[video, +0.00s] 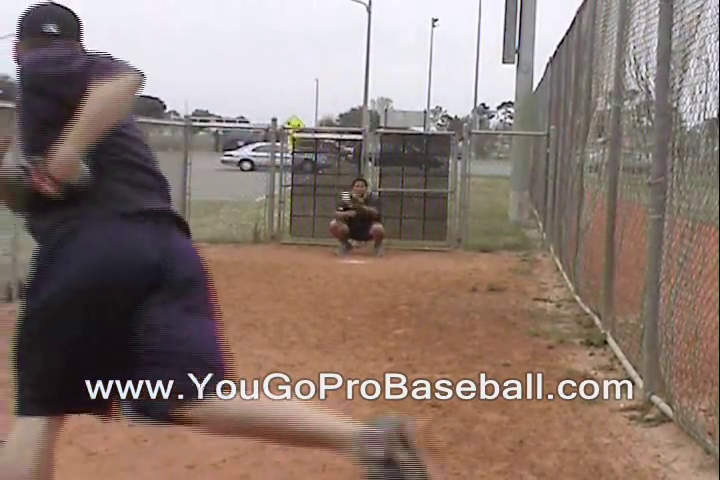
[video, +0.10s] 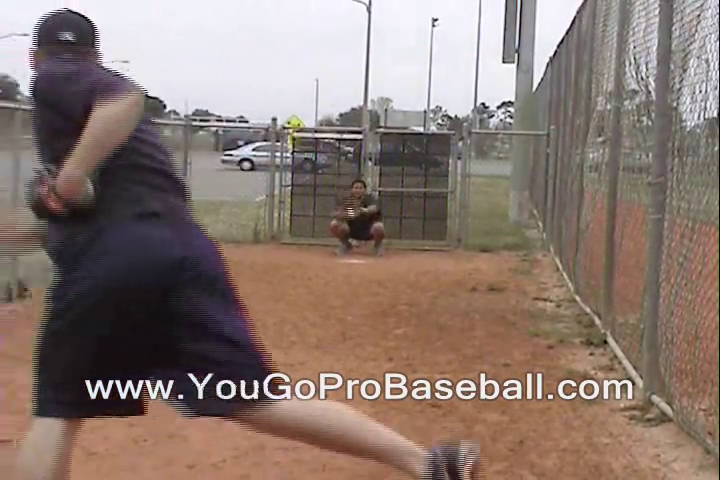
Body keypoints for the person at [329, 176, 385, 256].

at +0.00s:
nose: (359, 189)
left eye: (362, 187)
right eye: (357, 186)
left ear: (366, 189)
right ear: (353, 188)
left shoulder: (372, 199)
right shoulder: (347, 199)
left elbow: (376, 213)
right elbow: (337, 214)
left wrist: (361, 207)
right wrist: (347, 214)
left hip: (367, 228)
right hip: (351, 227)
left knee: (378, 228)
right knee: (334, 225)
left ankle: (377, 246)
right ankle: (346, 245)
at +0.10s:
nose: (358, 190)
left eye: (360, 188)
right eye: (355, 188)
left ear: (364, 190)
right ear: (352, 189)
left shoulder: (369, 199)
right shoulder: (347, 201)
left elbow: (374, 208)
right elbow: (337, 214)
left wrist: (365, 211)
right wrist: (348, 214)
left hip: (366, 228)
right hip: (351, 227)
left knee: (378, 227)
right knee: (334, 225)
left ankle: (377, 246)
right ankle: (346, 245)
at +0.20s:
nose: (357, 192)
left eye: (359, 189)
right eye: (355, 189)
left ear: (363, 191)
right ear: (351, 190)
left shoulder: (369, 199)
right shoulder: (346, 200)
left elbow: (374, 209)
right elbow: (333, 212)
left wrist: (361, 216)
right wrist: (345, 217)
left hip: (365, 228)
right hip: (349, 228)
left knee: (379, 227)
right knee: (334, 225)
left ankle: (378, 246)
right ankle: (346, 245)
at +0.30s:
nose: (356, 193)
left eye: (358, 190)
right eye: (354, 190)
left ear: (363, 191)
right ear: (351, 191)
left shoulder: (368, 200)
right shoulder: (346, 201)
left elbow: (371, 210)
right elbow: (333, 212)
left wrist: (367, 222)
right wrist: (349, 215)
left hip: (366, 228)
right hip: (351, 228)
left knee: (380, 226)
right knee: (335, 224)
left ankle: (379, 246)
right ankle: (346, 245)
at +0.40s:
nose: (356, 193)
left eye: (358, 190)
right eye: (354, 190)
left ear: (362, 192)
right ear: (350, 192)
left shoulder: (369, 201)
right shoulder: (346, 201)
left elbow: (371, 215)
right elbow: (334, 212)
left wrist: (367, 230)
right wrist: (348, 215)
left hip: (366, 228)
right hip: (352, 228)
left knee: (381, 226)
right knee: (335, 224)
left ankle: (380, 246)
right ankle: (346, 245)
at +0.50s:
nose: (355, 192)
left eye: (358, 190)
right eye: (353, 190)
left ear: (362, 191)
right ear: (350, 191)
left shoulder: (369, 202)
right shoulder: (346, 201)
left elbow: (369, 222)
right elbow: (333, 212)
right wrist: (347, 213)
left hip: (366, 227)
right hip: (352, 227)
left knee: (382, 225)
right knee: (336, 223)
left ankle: (382, 246)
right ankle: (346, 246)